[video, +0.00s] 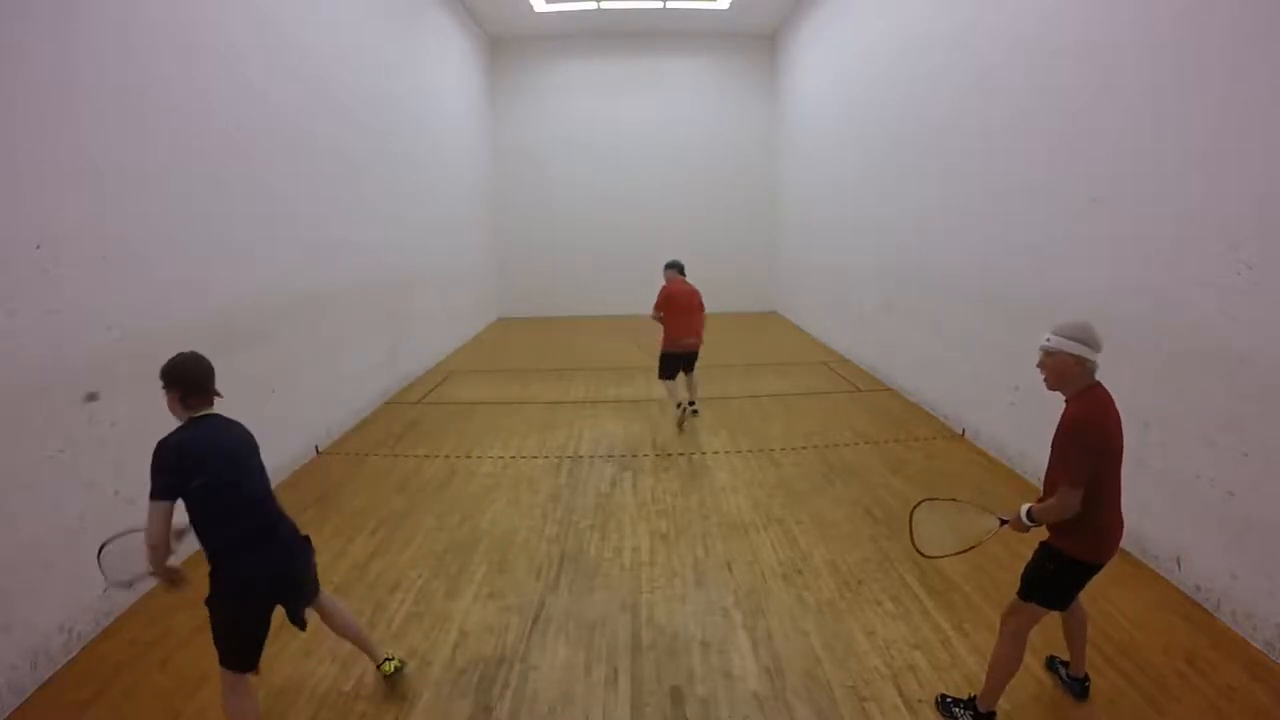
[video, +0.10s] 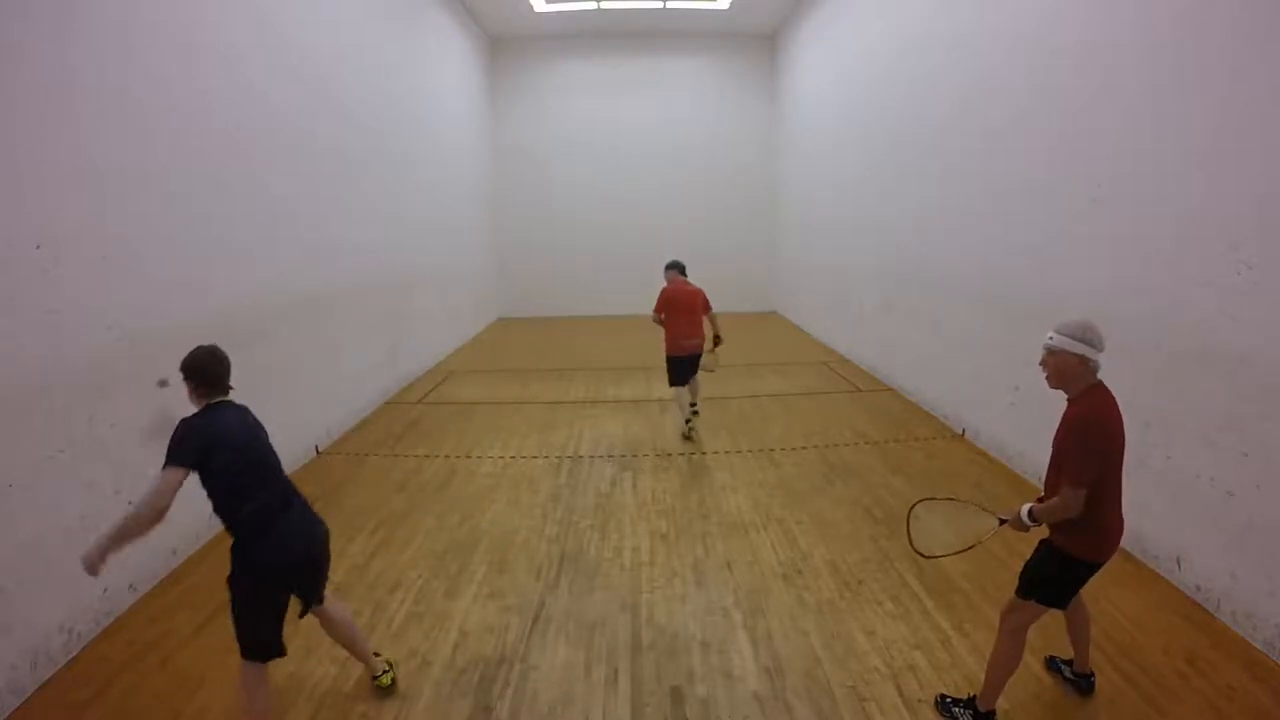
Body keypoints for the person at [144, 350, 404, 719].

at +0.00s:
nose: (166, 400)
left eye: (166, 393)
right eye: (165, 392)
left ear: (174, 397)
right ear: (211, 389)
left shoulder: (170, 451)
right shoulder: (237, 430)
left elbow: (158, 540)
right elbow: (254, 495)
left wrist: (164, 569)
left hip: (237, 575)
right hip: (286, 551)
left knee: (236, 681)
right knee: (320, 598)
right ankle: (383, 659)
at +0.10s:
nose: (185, 388)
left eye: (185, 382)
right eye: (186, 380)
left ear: (190, 385)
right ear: (226, 379)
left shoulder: (192, 431)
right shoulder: (242, 414)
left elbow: (155, 508)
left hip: (260, 554)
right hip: (307, 529)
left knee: (254, 663)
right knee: (320, 600)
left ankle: (260, 716)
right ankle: (378, 667)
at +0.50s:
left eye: (207, 329)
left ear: (206, 332)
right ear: (241, 325)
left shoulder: (210, 366)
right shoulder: (263, 359)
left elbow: (221, 419)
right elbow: (284, 418)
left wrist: (202, 492)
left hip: (260, 487)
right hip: (302, 475)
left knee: (274, 567)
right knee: (326, 565)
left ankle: (295, 632)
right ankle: (374, 644)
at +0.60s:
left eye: (202, 335)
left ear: (203, 337)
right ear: (237, 329)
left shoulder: (205, 380)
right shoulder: (267, 365)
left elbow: (213, 449)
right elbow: (300, 421)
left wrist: (214, 509)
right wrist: (273, 443)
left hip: (258, 493)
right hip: (301, 481)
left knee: (278, 561)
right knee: (324, 561)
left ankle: (303, 630)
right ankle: (364, 630)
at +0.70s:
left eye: (208, 331)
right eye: (235, 324)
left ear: (202, 335)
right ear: (237, 327)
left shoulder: (200, 385)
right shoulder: (267, 363)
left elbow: (206, 456)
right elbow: (310, 411)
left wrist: (213, 510)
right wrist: (310, 454)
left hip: (253, 487)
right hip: (295, 472)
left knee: (275, 559)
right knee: (314, 546)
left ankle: (302, 627)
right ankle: (348, 603)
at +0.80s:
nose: (242, 316)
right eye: (242, 311)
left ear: (206, 322)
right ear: (240, 315)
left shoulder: (197, 369)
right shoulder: (268, 352)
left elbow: (196, 437)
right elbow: (316, 397)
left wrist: (204, 473)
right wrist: (322, 446)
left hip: (248, 475)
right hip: (290, 462)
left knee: (273, 551)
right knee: (306, 528)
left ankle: (302, 625)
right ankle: (338, 594)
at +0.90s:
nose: (248, 309)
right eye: (248, 305)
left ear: (212, 314)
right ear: (247, 308)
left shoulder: (199, 358)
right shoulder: (272, 345)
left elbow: (185, 424)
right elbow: (319, 388)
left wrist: (200, 436)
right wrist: (330, 438)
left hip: (245, 467)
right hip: (288, 455)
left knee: (270, 547)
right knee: (305, 522)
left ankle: (300, 622)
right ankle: (326, 588)